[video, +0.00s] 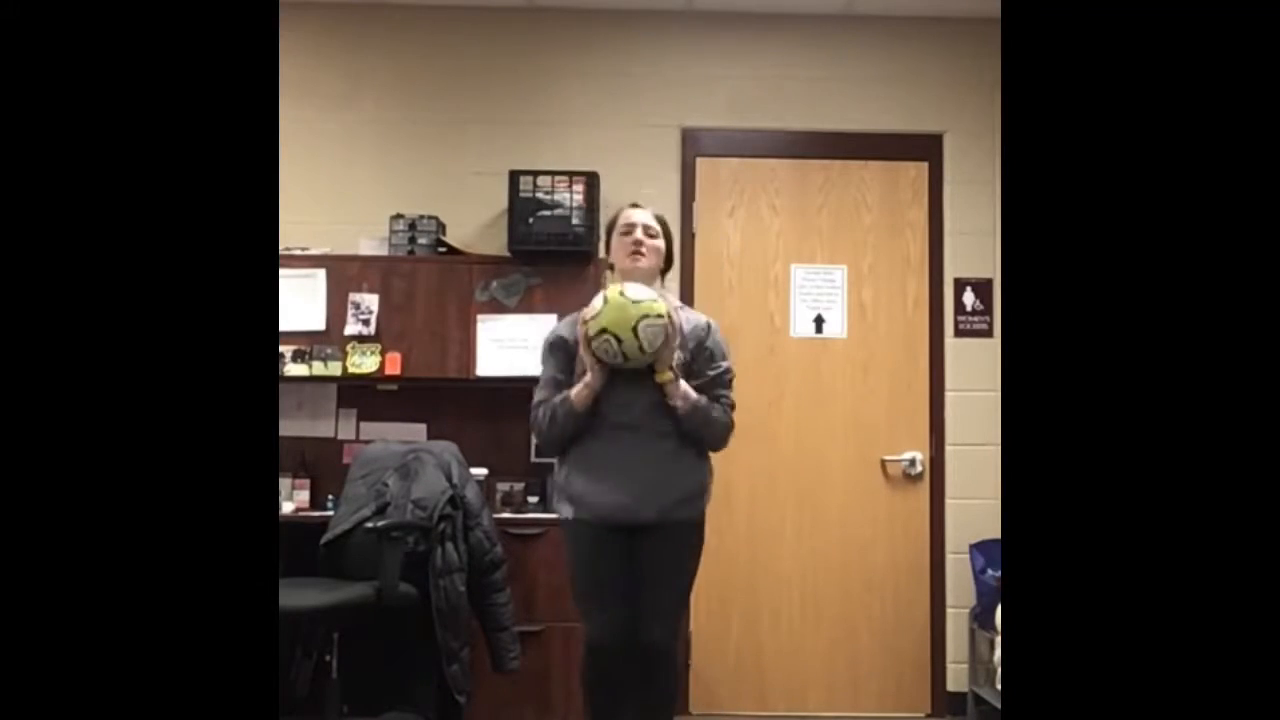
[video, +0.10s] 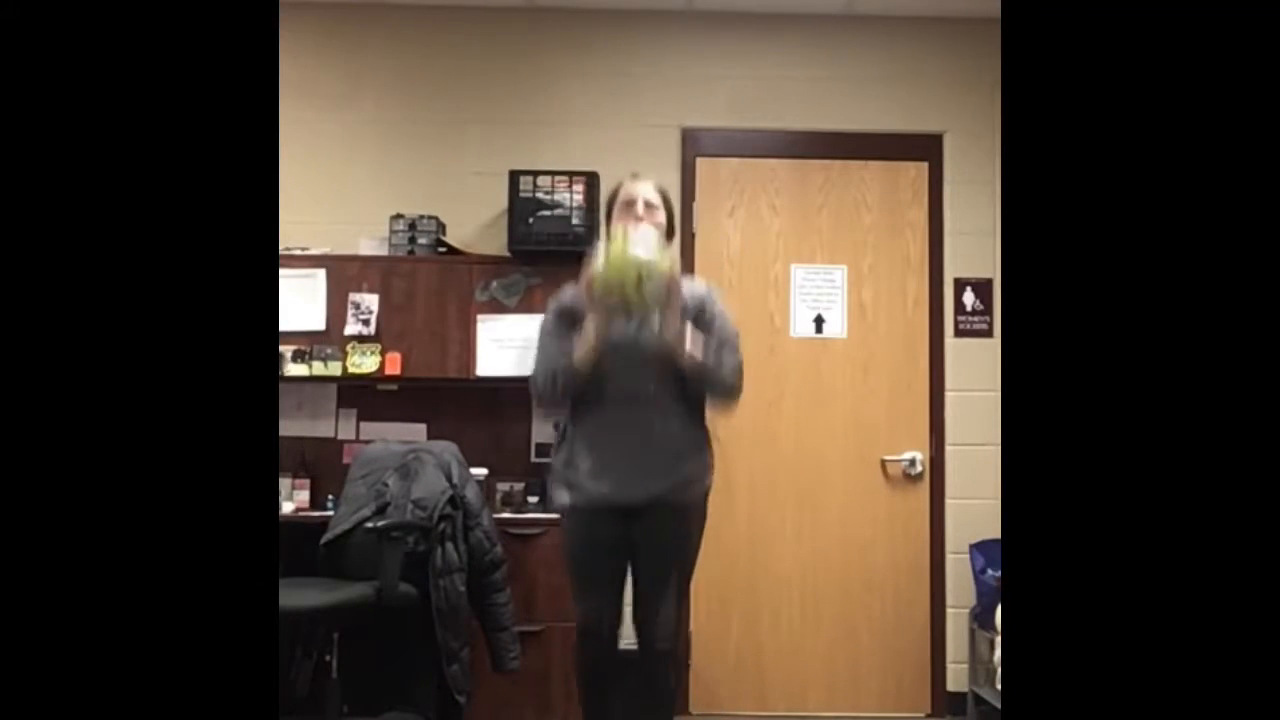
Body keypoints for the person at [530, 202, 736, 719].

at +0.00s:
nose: (640, 238)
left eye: (651, 233)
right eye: (627, 232)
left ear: (666, 254)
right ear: (608, 252)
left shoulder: (698, 330)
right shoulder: (570, 332)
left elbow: (719, 431)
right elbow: (546, 433)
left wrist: (669, 375)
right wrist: (589, 379)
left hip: (673, 516)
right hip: (593, 516)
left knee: (658, 644)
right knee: (606, 643)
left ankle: (657, 717)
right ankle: (606, 717)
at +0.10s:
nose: (639, 217)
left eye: (651, 209)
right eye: (628, 208)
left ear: (668, 225)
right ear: (609, 223)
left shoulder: (696, 301)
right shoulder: (574, 304)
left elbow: (728, 383)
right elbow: (546, 391)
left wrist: (677, 335)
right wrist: (588, 341)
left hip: (673, 493)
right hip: (593, 494)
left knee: (661, 635)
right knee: (595, 631)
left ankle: (660, 717)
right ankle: (599, 716)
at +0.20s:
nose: (639, 186)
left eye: (651, 175)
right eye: (626, 175)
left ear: (671, 184)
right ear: (603, 183)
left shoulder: (683, 253)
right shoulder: (585, 254)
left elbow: (725, 295)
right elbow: (545, 298)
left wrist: (688, 247)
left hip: (672, 447)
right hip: (594, 447)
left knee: (671, 592)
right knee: (583, 590)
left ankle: (675, 706)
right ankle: (577, 709)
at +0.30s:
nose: (642, 196)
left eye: (654, 189)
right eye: (629, 188)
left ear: (671, 206)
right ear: (610, 205)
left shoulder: (692, 267)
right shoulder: (586, 264)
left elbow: (724, 212)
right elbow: (559, 211)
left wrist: (686, 128)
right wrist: (597, 122)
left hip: (670, 444)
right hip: (593, 443)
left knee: (685, 595)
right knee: (569, 596)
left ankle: (704, 705)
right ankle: (541, 706)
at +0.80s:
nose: (628, 215)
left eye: (641, 208)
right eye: (617, 205)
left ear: (659, 226)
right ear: (598, 220)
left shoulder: (675, 290)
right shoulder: (576, 283)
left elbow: (709, 249)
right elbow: (535, 249)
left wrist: (675, 170)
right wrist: (571, 166)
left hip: (658, 468)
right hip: (578, 466)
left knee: (680, 615)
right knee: (543, 611)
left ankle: (708, 712)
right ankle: (487, 709)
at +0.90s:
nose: (622, 221)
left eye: (634, 210)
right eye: (611, 211)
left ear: (655, 215)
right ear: (593, 216)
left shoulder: (682, 274)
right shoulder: (575, 272)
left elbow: (705, 329)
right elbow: (533, 318)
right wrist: (574, 251)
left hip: (659, 459)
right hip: (579, 457)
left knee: (665, 603)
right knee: (561, 593)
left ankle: (675, 710)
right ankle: (548, 709)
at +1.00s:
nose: (632, 226)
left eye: (644, 219)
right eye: (621, 217)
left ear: (659, 239)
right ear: (602, 233)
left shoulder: (685, 315)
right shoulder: (562, 313)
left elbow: (694, 414)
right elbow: (544, 404)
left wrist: (656, 357)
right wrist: (584, 353)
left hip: (659, 493)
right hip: (580, 493)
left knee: (650, 628)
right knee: (584, 626)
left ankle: (647, 715)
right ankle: (594, 714)